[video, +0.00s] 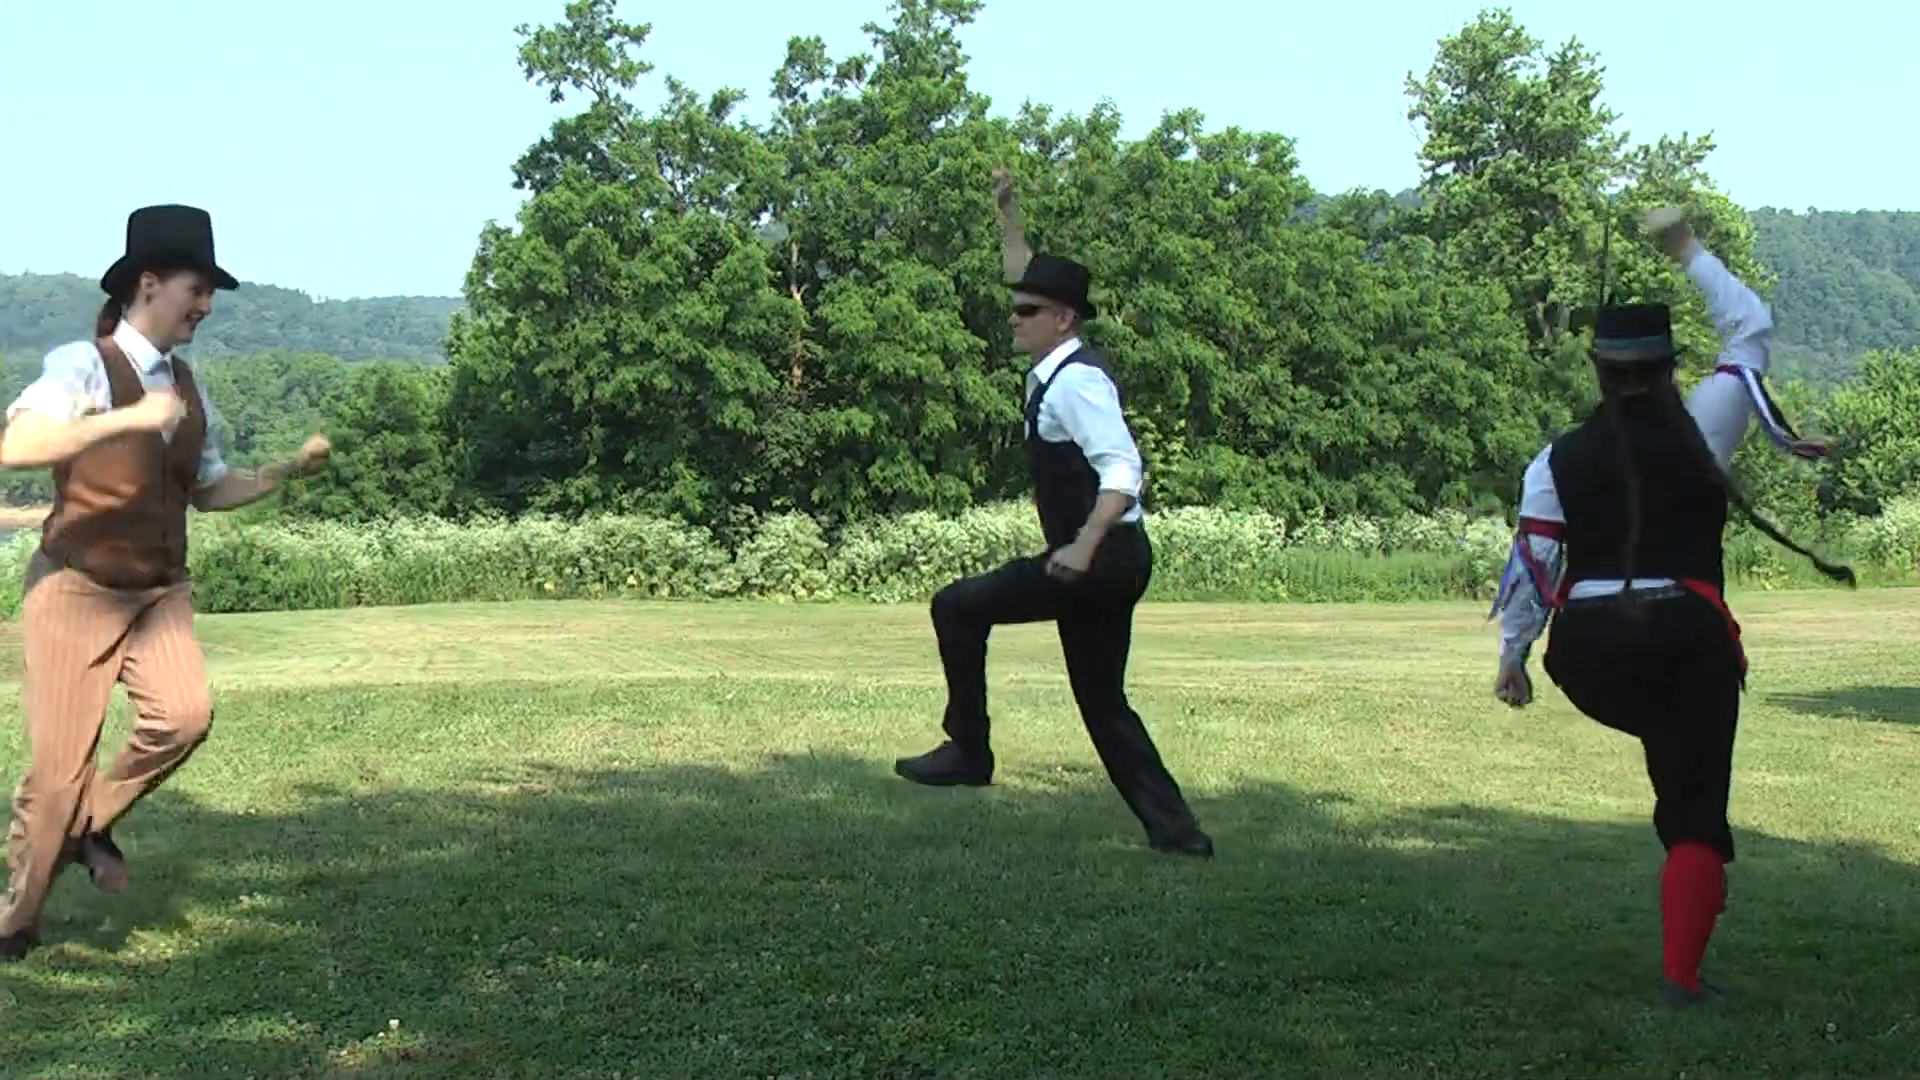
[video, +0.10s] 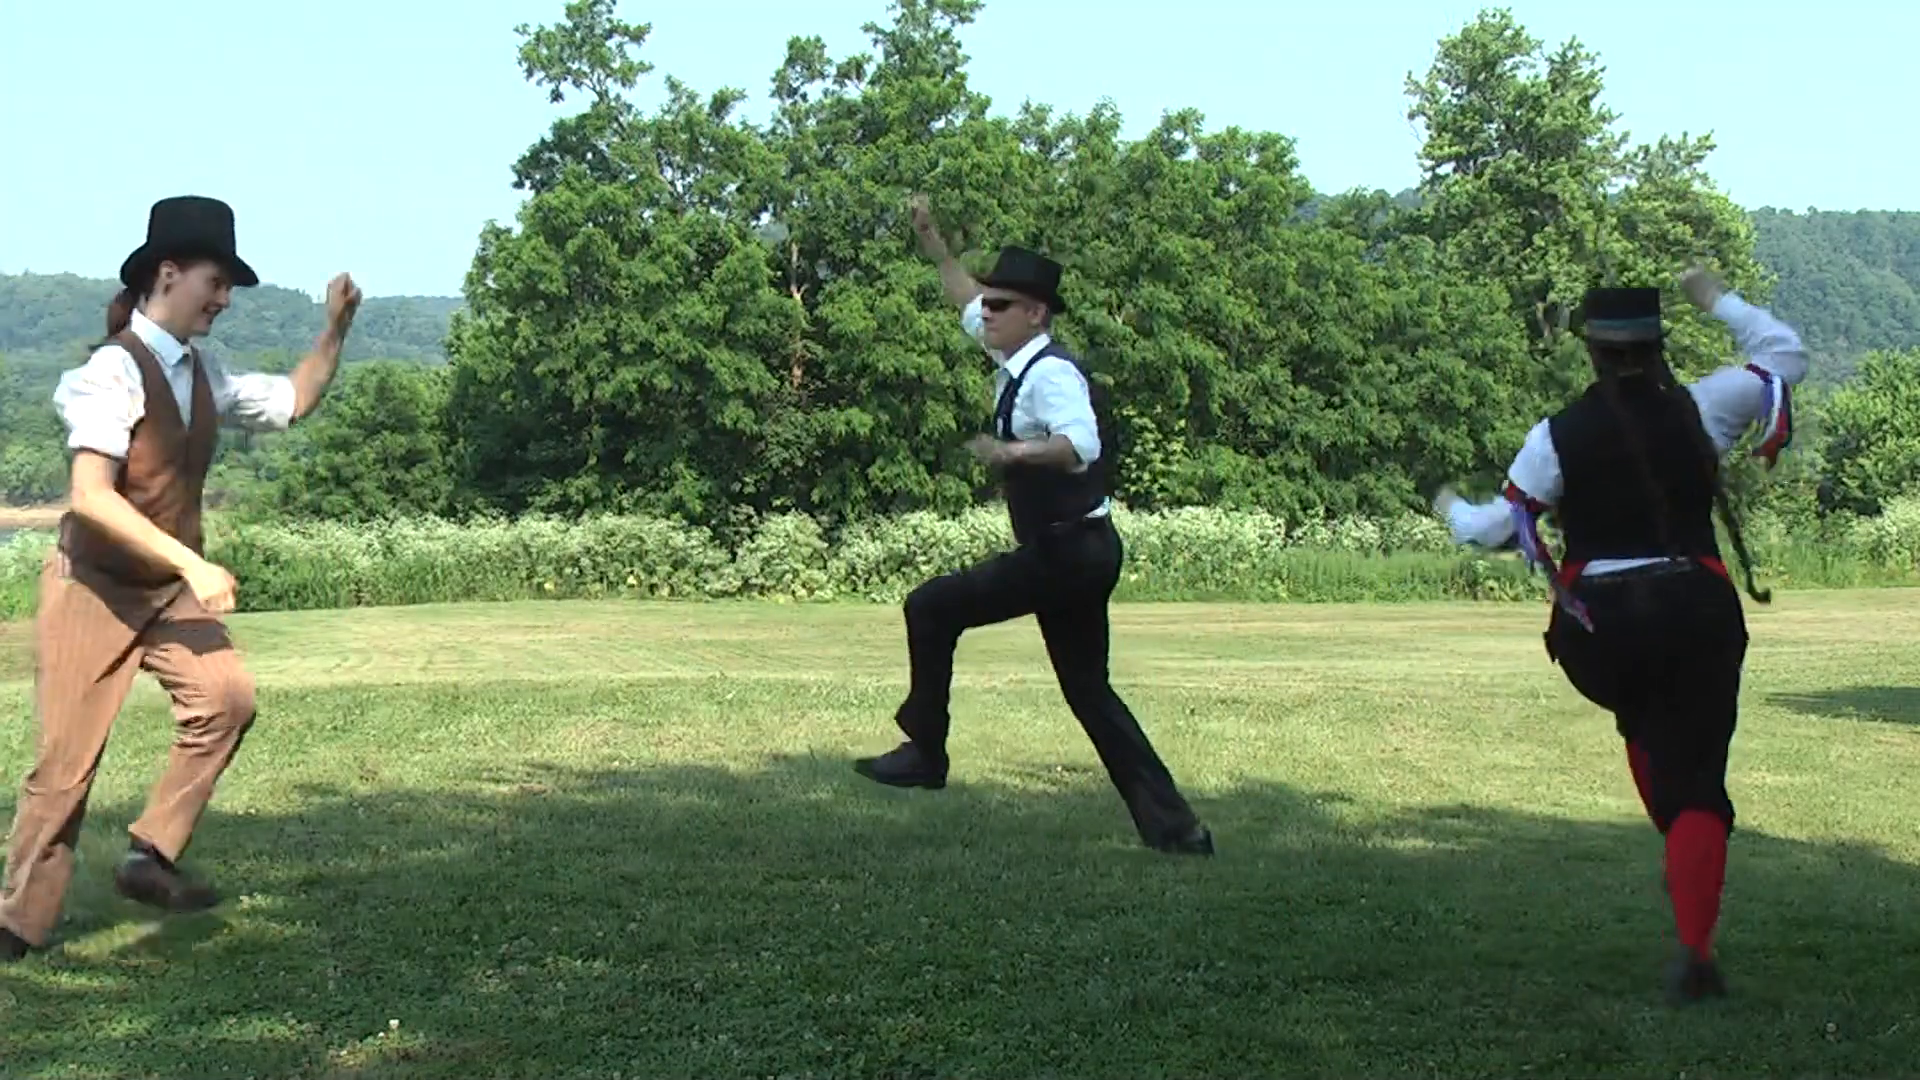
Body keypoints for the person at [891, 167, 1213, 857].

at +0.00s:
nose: (1016, 321)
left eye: (1028, 312)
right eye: (1016, 310)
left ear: (1064, 318)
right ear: (1052, 316)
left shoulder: (1077, 383)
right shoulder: (1056, 366)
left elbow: (1122, 469)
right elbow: (1026, 280)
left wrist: (1086, 541)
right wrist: (1007, 212)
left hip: (1098, 555)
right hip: (1102, 556)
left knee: (957, 608)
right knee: (1102, 703)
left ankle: (967, 750)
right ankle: (1178, 835)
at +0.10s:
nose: (987, 317)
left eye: (1000, 306)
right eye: (985, 307)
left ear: (1038, 313)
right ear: (992, 314)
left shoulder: (1051, 374)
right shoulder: (1016, 358)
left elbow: (1080, 444)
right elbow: (968, 300)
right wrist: (931, 240)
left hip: (1068, 554)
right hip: (1071, 552)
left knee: (931, 608)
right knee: (1089, 693)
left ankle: (924, 752)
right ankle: (1174, 829)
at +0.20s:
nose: (961, 306)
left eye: (976, 296)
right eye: (959, 295)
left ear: (1014, 303)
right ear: (957, 301)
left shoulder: (1027, 359)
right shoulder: (969, 346)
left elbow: (1031, 397)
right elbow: (917, 332)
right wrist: (861, 299)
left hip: (1028, 545)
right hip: (1019, 543)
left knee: (904, 641)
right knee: (1061, 682)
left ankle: (897, 793)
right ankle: (1157, 807)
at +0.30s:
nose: (934, 303)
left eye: (948, 294)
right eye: (932, 293)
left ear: (984, 306)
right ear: (931, 300)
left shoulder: (991, 376)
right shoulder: (937, 367)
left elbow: (993, 353)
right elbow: (897, 399)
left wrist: (959, 288)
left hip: (982, 548)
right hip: (957, 548)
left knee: (896, 679)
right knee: (997, 687)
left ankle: (883, 837)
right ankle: (1123, 781)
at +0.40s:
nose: (906, 306)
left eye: (919, 298)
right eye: (902, 296)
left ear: (949, 309)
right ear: (897, 305)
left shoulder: (959, 377)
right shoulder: (900, 371)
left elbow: (954, 308)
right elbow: (891, 450)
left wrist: (928, 216)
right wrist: (842, 491)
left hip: (951, 557)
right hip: (912, 556)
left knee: (877, 686)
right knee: (900, 700)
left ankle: (880, 840)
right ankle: (1035, 751)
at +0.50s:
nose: (880, 291)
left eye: (892, 282)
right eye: (876, 282)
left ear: (922, 289)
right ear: (876, 291)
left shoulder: (933, 356)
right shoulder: (875, 355)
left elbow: (926, 274)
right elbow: (882, 447)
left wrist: (911, 184)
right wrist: (862, 511)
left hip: (927, 544)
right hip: (873, 539)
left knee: (879, 688)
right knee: (805, 656)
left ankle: (881, 830)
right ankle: (928, 721)